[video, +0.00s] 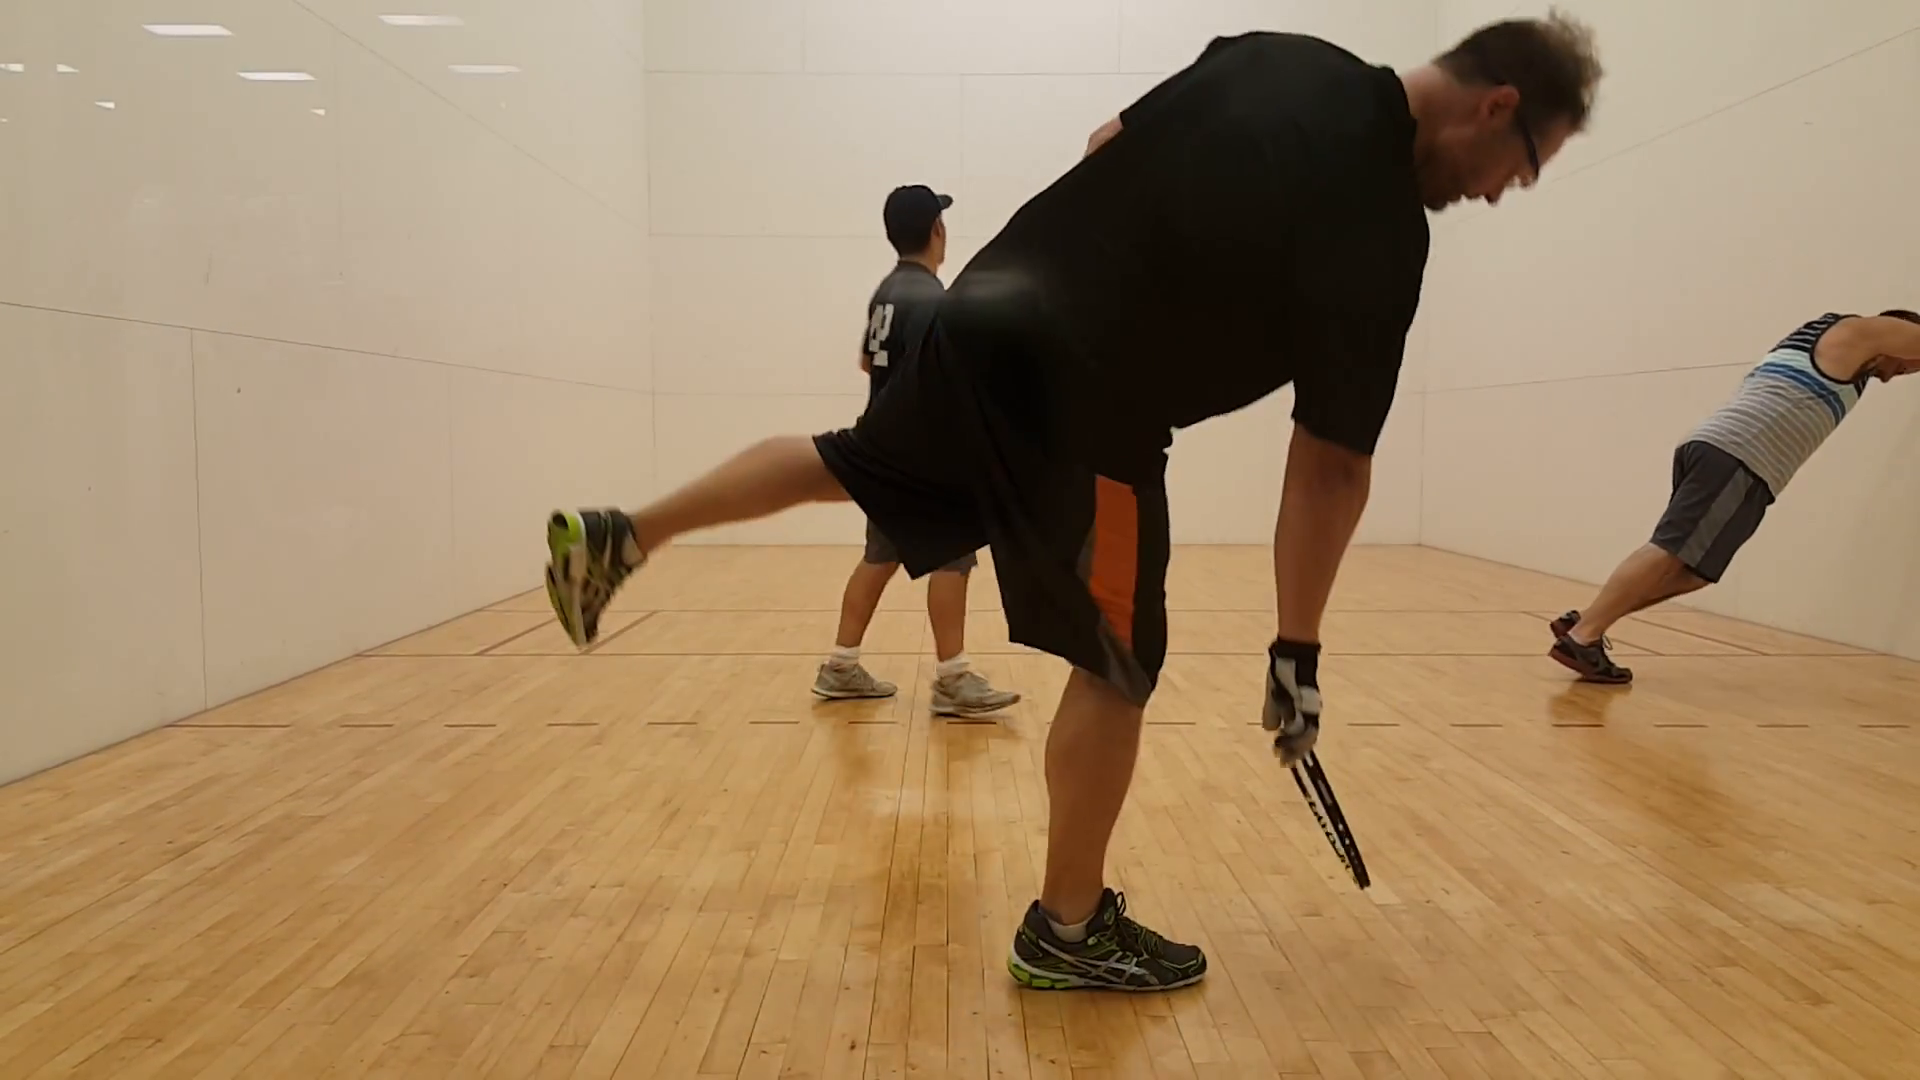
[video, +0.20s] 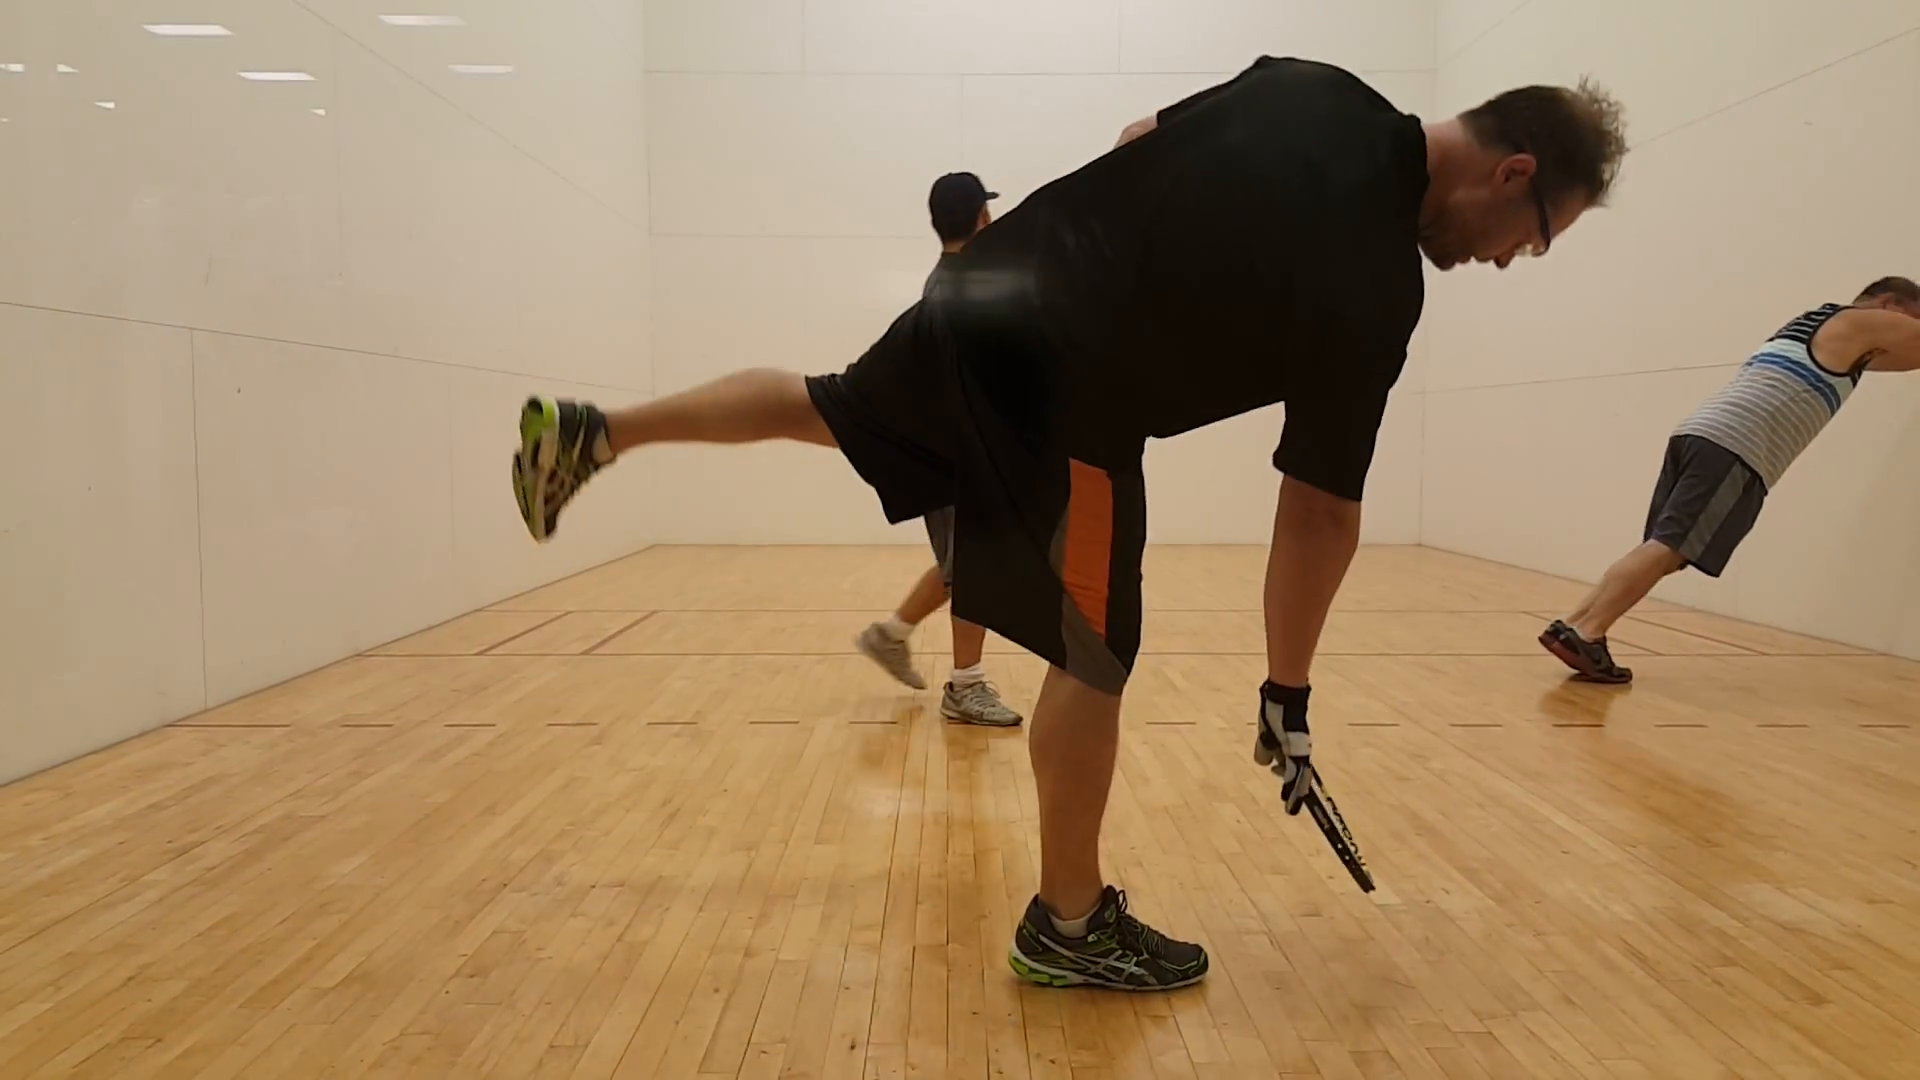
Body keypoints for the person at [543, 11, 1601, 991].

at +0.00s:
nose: (1505, 192)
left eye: (1524, 176)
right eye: (1523, 165)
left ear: (1459, 78)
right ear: (1493, 110)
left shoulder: (1281, 56)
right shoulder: (1378, 242)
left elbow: (1111, 145)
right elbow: (1326, 462)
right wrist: (1296, 652)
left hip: (978, 310)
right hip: (1086, 390)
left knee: (855, 463)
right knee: (1115, 655)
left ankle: (624, 536)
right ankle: (1068, 926)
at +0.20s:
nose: (1508, 262)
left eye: (1532, 247)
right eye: (1530, 238)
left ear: (1476, 131)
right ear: (1504, 181)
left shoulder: (1313, 87)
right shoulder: (1374, 291)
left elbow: (1147, 142)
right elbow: (1316, 508)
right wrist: (1289, 690)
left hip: (979, 291)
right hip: (1066, 392)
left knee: (823, 409)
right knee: (1093, 651)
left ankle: (593, 430)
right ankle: (1068, 919)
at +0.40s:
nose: (1515, 301)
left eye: (1535, 288)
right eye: (1534, 277)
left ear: (1483, 178)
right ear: (1504, 215)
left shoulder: (1322, 113)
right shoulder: (1364, 330)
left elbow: (1152, 155)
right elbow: (1309, 546)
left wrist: (1100, 233)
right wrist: (1280, 729)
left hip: (986, 284)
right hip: (1059, 388)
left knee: (830, 399)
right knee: (1078, 658)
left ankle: (592, 386)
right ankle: (1067, 920)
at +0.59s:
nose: (1507, 311)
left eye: (1527, 299)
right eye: (1528, 288)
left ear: (1479, 187)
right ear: (1505, 225)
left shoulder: (1316, 125)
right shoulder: (1366, 330)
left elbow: (1149, 178)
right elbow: (1301, 542)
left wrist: (1058, 240)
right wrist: (1267, 726)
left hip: (991, 291)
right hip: (1063, 393)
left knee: (836, 423)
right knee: (1079, 665)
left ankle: (594, 408)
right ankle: (1061, 921)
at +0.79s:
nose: (1507, 316)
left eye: (1526, 305)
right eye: (1527, 294)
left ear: (1479, 192)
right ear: (1507, 233)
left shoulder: (1321, 130)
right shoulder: (1371, 326)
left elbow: (1136, 178)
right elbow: (1311, 549)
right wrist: (1273, 725)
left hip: (982, 294)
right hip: (1047, 384)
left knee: (841, 440)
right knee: (1079, 654)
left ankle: (594, 435)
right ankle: (1063, 922)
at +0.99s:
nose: (1499, 337)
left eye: (1521, 326)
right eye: (1523, 314)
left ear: (1478, 213)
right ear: (1506, 249)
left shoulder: (1325, 140)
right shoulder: (1375, 342)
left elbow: (1151, 171)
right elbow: (1319, 563)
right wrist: (1283, 733)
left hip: (978, 301)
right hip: (1058, 396)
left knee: (832, 446)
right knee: (1077, 657)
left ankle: (588, 444)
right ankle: (1064, 920)